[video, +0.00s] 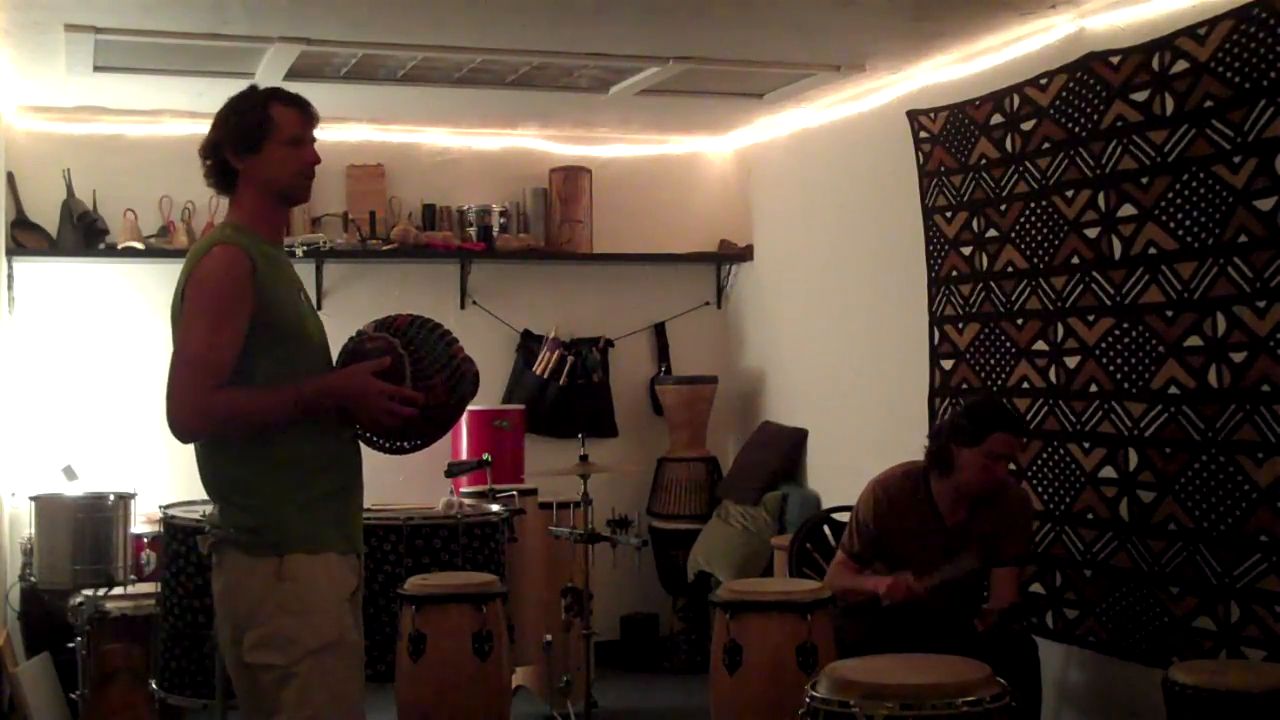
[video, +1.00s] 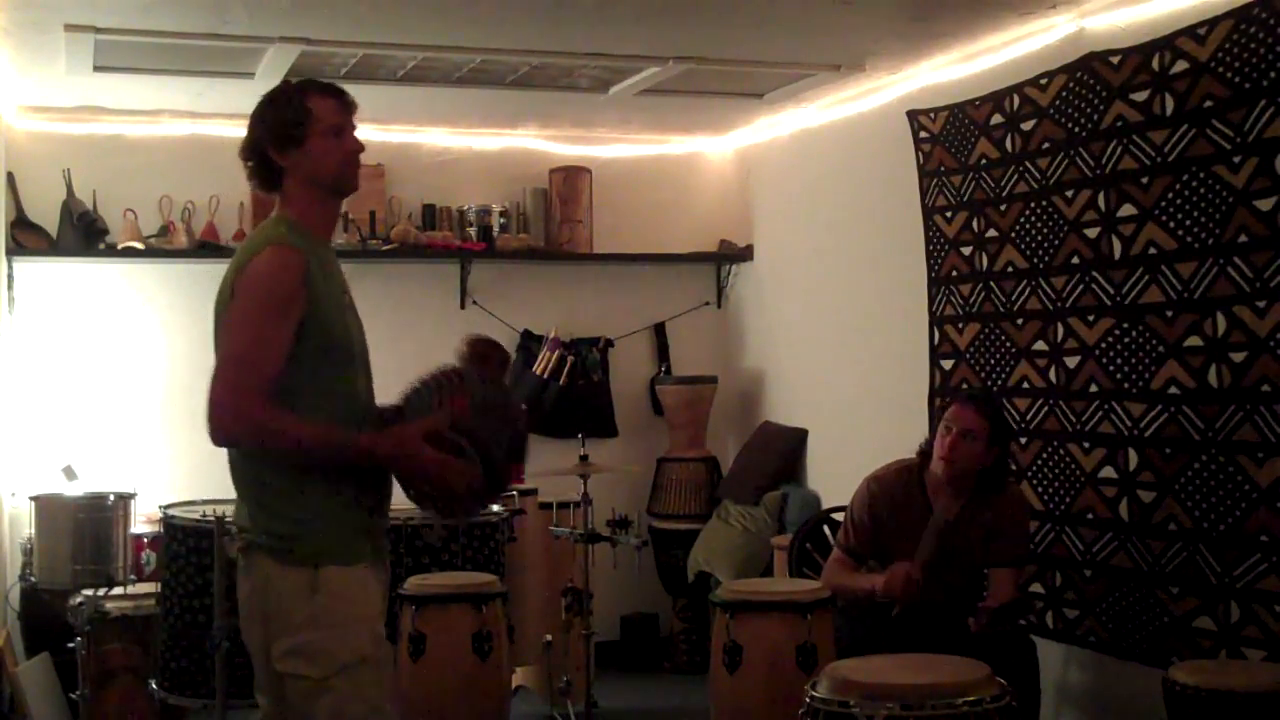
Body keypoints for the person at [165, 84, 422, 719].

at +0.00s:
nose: (316, 155)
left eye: (313, 141)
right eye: (298, 143)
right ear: (244, 156)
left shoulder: (267, 261)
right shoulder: (228, 259)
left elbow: (265, 395)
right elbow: (189, 411)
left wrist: (355, 376)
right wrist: (331, 393)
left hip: (308, 556)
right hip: (281, 562)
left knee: (316, 705)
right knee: (305, 707)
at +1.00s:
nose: (358, 145)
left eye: (355, 131)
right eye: (339, 133)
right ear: (286, 152)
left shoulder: (307, 257)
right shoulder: (279, 259)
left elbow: (324, 414)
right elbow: (233, 414)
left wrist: (418, 417)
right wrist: (384, 449)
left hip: (329, 560)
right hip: (309, 566)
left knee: (329, 707)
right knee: (340, 708)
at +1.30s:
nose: (411, 130)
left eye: (403, 117)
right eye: (390, 120)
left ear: (358, 147)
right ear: (341, 146)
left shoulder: (389, 251)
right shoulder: (317, 252)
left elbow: (375, 400)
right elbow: (248, 404)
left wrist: (464, 401)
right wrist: (407, 437)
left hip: (381, 550)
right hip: (333, 559)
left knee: (388, 704)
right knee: (360, 707)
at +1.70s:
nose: (484, 125)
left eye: (476, 111)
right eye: (462, 114)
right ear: (408, 140)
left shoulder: (444, 243)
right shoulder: (371, 267)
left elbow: (436, 377)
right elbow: (341, 445)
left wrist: (536, 356)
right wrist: (498, 426)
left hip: (431, 555)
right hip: (377, 569)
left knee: (437, 705)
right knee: (393, 709)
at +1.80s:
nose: (485, 119)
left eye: (478, 106)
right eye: (465, 108)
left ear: (423, 138)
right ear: (409, 135)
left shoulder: (430, 244)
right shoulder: (394, 255)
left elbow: (454, 358)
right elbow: (409, 444)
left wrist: (563, 348)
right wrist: (566, 416)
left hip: (438, 559)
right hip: (390, 572)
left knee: (474, 702)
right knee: (412, 709)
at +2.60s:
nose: (545, 136)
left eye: (539, 122)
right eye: (525, 124)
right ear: (472, 144)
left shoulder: (487, 255)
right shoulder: (471, 263)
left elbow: (499, 403)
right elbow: (434, 438)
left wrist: (594, 414)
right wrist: (577, 492)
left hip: (527, 570)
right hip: (472, 581)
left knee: (575, 713)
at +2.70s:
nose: (575, 131)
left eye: (568, 118)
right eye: (557, 119)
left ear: (514, 148)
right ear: (503, 145)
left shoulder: (515, 253)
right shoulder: (488, 255)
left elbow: (521, 401)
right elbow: (457, 421)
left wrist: (625, 391)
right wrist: (609, 429)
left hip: (537, 577)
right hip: (478, 586)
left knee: (588, 712)